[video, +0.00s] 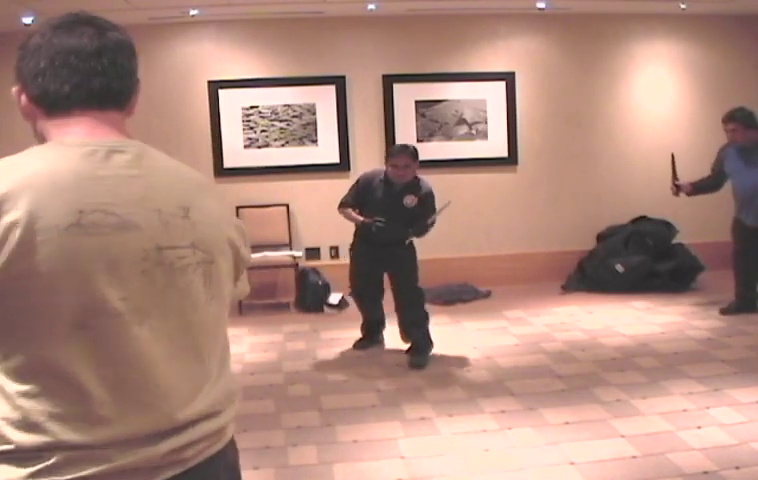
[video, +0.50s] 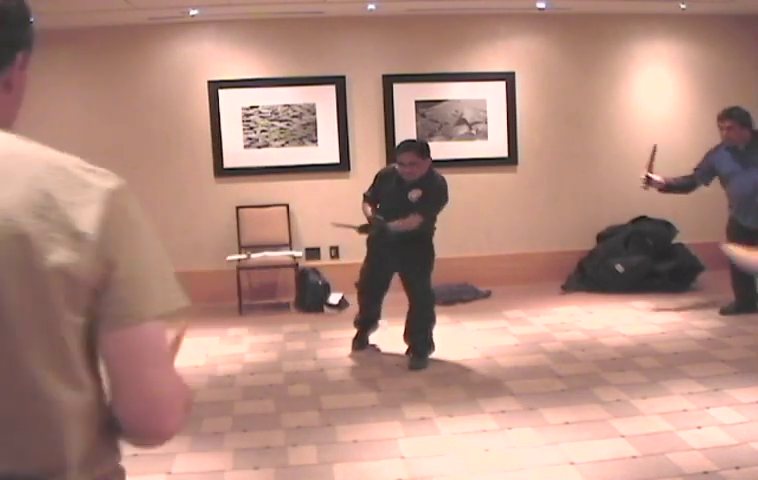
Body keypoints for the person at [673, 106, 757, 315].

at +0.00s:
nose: (730, 136)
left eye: (734, 130)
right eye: (727, 131)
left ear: (750, 130)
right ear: (726, 131)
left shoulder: (754, 152)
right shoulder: (728, 153)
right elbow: (716, 181)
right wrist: (689, 187)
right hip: (744, 218)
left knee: (751, 259)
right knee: (743, 259)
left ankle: (750, 300)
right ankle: (744, 300)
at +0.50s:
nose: (725, 135)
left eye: (730, 128)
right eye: (722, 129)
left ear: (745, 128)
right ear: (721, 130)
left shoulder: (755, 148)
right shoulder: (719, 155)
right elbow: (694, 180)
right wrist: (664, 184)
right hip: (741, 222)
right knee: (739, 261)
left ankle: (751, 300)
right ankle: (744, 300)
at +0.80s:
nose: (723, 129)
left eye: (728, 123)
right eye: (720, 124)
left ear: (743, 124)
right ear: (718, 127)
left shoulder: (754, 145)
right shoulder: (718, 150)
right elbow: (697, 167)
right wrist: (682, 176)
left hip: (754, 218)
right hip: (738, 218)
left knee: (752, 261)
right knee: (739, 261)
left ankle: (751, 301)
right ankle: (743, 301)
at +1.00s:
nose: (731, 126)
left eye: (736, 120)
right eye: (729, 121)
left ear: (751, 121)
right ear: (727, 123)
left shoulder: (754, 146)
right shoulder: (726, 148)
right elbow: (705, 179)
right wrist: (710, 191)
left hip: (754, 216)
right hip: (739, 217)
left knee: (750, 260)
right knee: (739, 260)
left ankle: (750, 300)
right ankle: (743, 300)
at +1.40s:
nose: (756, 118)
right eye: (755, 114)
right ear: (754, 117)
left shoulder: (748, 145)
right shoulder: (748, 145)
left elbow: (732, 172)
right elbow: (733, 172)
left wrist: (740, 193)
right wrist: (738, 193)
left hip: (753, 215)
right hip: (753, 215)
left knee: (750, 256)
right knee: (749, 256)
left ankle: (747, 298)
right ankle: (746, 298)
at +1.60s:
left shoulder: (753, 148)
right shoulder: (753, 147)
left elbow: (747, 169)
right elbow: (747, 169)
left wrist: (750, 191)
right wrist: (749, 190)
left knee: (753, 254)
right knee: (752, 254)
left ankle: (749, 295)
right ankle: (748, 294)